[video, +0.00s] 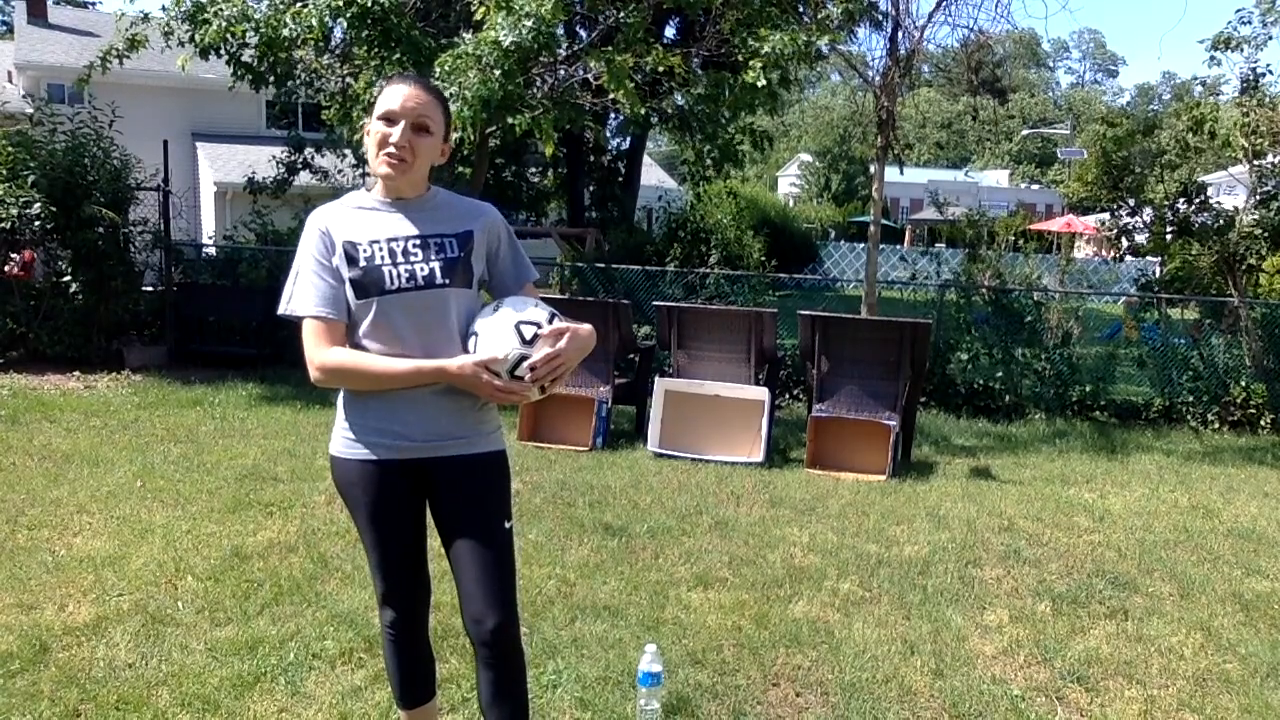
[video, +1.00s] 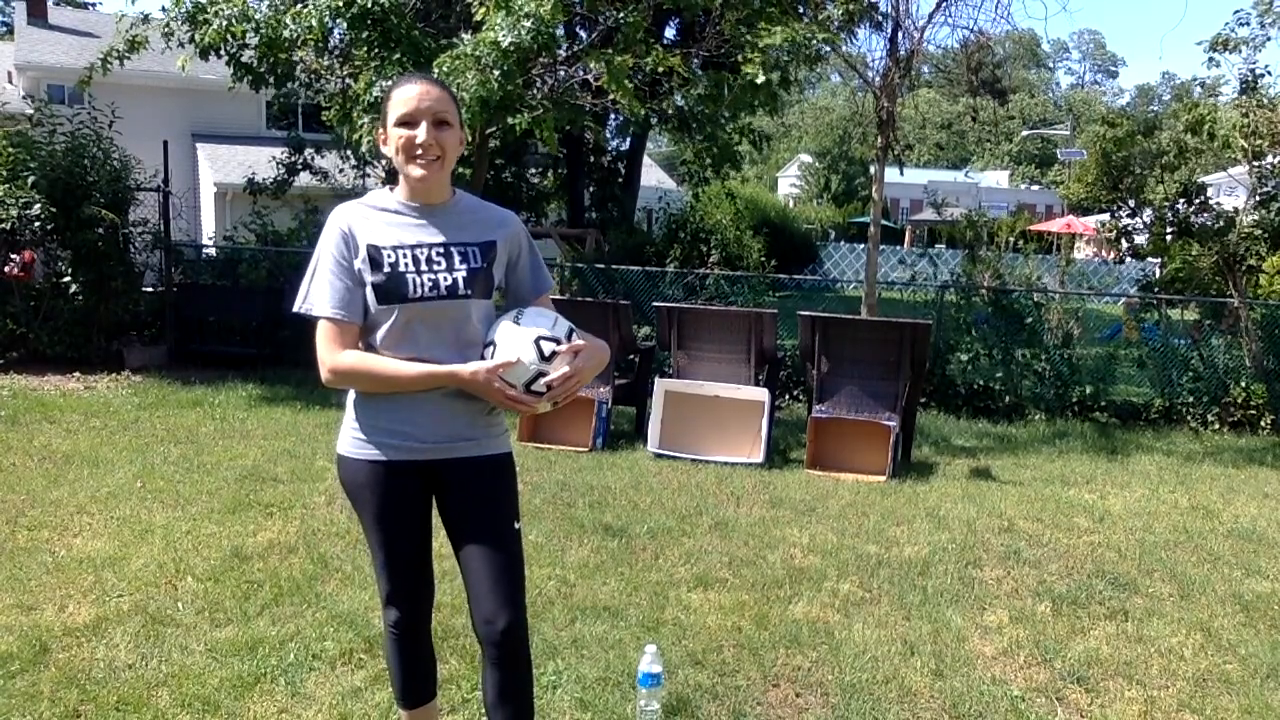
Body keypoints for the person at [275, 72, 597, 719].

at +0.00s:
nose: (397, 134)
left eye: (418, 127)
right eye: (387, 119)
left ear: (443, 150)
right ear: (367, 132)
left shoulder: (482, 222)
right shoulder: (330, 227)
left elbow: (530, 321)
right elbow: (322, 361)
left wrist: (583, 336)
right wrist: (447, 371)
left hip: (469, 450)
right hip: (373, 455)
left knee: (494, 625)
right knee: (402, 616)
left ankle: (506, 717)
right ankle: (419, 714)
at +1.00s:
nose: (424, 135)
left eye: (440, 123)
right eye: (407, 123)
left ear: (461, 138)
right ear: (384, 140)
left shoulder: (501, 227)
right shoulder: (352, 225)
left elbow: (545, 328)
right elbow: (333, 361)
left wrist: (599, 349)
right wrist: (461, 376)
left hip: (477, 450)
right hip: (381, 452)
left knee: (503, 624)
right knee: (405, 612)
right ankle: (421, 714)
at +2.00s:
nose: (423, 151)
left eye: (438, 136)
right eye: (407, 136)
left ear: (461, 143)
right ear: (384, 144)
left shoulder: (499, 230)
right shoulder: (351, 228)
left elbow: (522, 351)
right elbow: (327, 361)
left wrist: (573, 394)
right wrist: (447, 377)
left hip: (474, 451)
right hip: (380, 452)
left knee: (500, 625)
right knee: (404, 613)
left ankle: (509, 719)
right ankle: (421, 714)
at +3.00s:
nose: (425, 152)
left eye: (439, 136)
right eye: (407, 140)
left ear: (464, 143)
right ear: (388, 153)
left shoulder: (501, 228)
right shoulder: (355, 220)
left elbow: (531, 358)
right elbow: (309, 355)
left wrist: (473, 321)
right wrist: (325, 326)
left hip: (468, 440)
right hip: (374, 438)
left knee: (495, 619)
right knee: (401, 607)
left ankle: (508, 718)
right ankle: (419, 715)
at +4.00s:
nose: (444, 145)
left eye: (457, 129)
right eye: (426, 131)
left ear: (475, 137)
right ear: (399, 142)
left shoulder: (509, 224)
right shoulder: (364, 219)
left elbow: (500, 356)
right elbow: (337, 352)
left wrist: (411, 310)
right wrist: (303, 289)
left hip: (479, 438)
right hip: (385, 438)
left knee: (503, 624)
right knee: (407, 609)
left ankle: (509, 719)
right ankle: (419, 714)